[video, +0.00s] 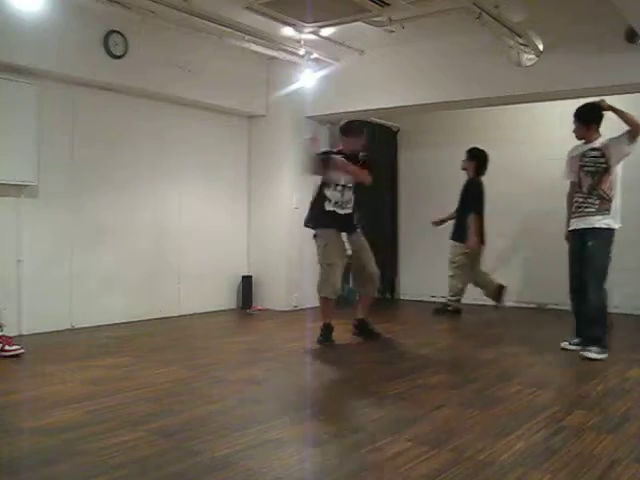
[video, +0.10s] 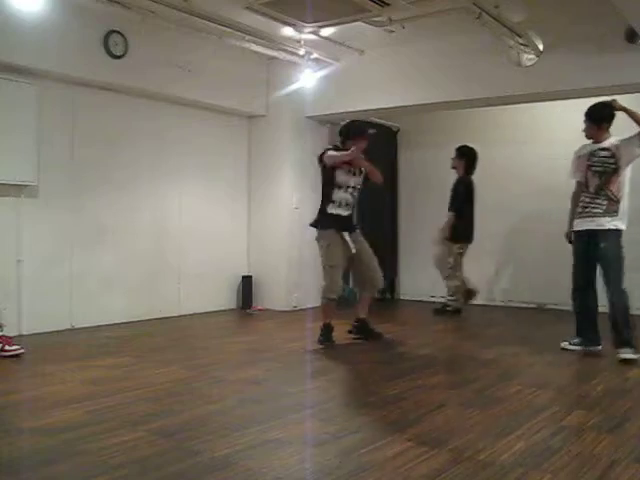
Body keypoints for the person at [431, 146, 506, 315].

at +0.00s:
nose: (463, 163)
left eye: (466, 160)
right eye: (465, 159)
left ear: (474, 164)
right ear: (474, 164)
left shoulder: (473, 185)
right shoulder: (471, 184)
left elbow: (473, 214)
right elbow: (461, 210)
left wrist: (473, 236)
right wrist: (443, 220)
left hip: (463, 238)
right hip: (470, 238)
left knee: (457, 270)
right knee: (472, 271)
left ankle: (453, 302)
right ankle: (494, 289)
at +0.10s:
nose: (452, 161)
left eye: (456, 158)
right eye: (454, 157)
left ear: (463, 161)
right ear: (465, 161)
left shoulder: (462, 183)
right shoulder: (465, 182)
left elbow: (455, 211)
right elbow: (457, 210)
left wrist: (445, 229)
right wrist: (448, 228)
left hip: (458, 234)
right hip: (461, 233)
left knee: (446, 262)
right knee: (452, 264)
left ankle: (455, 298)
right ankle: (463, 290)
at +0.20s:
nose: (443, 162)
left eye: (446, 158)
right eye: (444, 158)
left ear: (454, 161)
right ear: (456, 162)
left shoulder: (455, 183)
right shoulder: (451, 182)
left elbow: (443, 203)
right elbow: (444, 203)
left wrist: (429, 213)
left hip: (451, 234)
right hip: (441, 232)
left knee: (447, 268)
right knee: (433, 263)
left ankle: (452, 301)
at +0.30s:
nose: (432, 161)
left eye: (435, 158)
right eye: (433, 158)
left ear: (442, 162)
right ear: (445, 162)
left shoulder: (445, 184)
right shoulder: (441, 183)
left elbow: (428, 204)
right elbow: (441, 210)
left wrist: (405, 211)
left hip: (444, 236)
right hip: (431, 235)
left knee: (445, 271)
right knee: (419, 267)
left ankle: (453, 302)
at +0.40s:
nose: (421, 162)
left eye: (424, 159)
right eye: (422, 158)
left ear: (430, 162)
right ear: (434, 163)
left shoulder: (432, 183)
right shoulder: (431, 183)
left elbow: (418, 205)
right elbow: (437, 211)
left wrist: (396, 207)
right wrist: (445, 229)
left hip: (433, 238)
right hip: (421, 237)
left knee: (439, 272)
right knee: (410, 270)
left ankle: (451, 300)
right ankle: (397, 297)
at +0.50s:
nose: (409, 162)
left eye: (413, 159)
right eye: (411, 159)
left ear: (419, 163)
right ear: (422, 164)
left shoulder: (421, 184)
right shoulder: (418, 183)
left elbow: (411, 208)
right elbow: (417, 210)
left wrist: (389, 213)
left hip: (421, 237)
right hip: (410, 236)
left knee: (428, 272)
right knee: (405, 272)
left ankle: (447, 299)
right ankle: (397, 300)